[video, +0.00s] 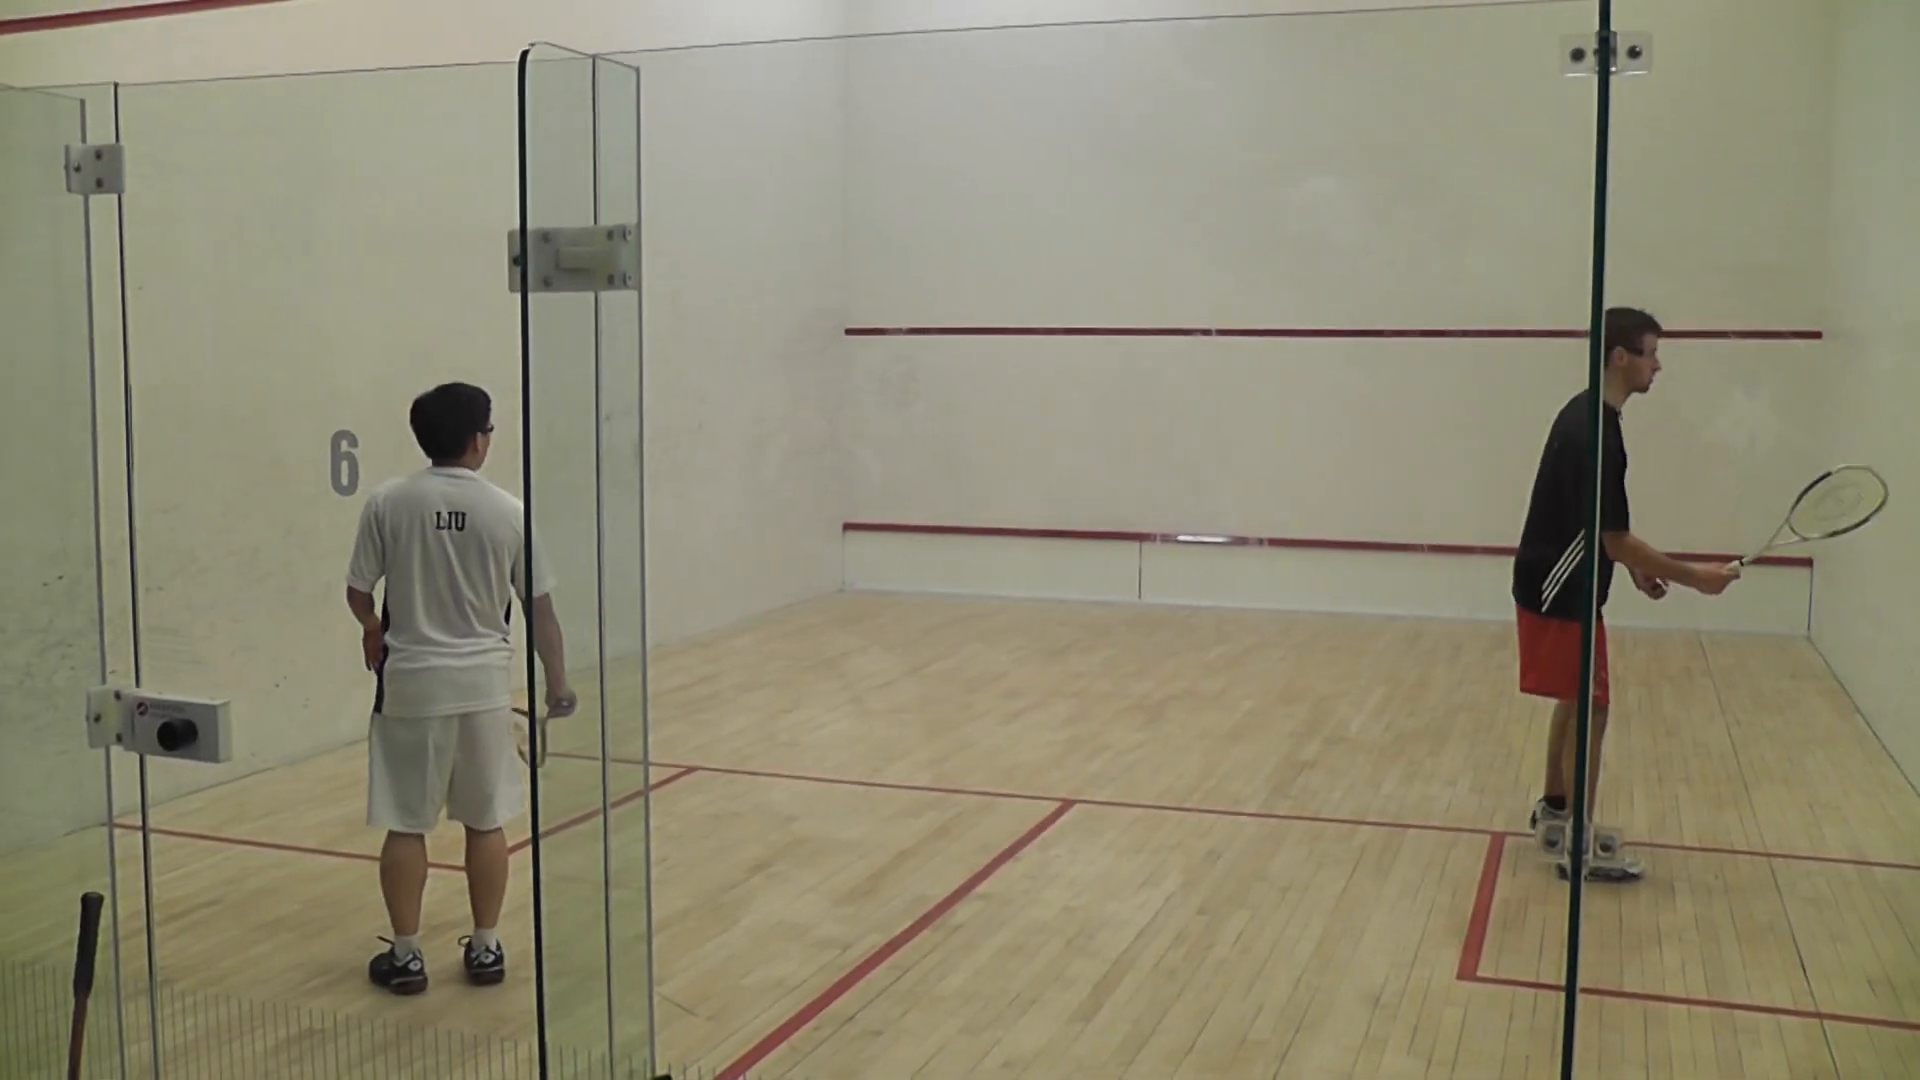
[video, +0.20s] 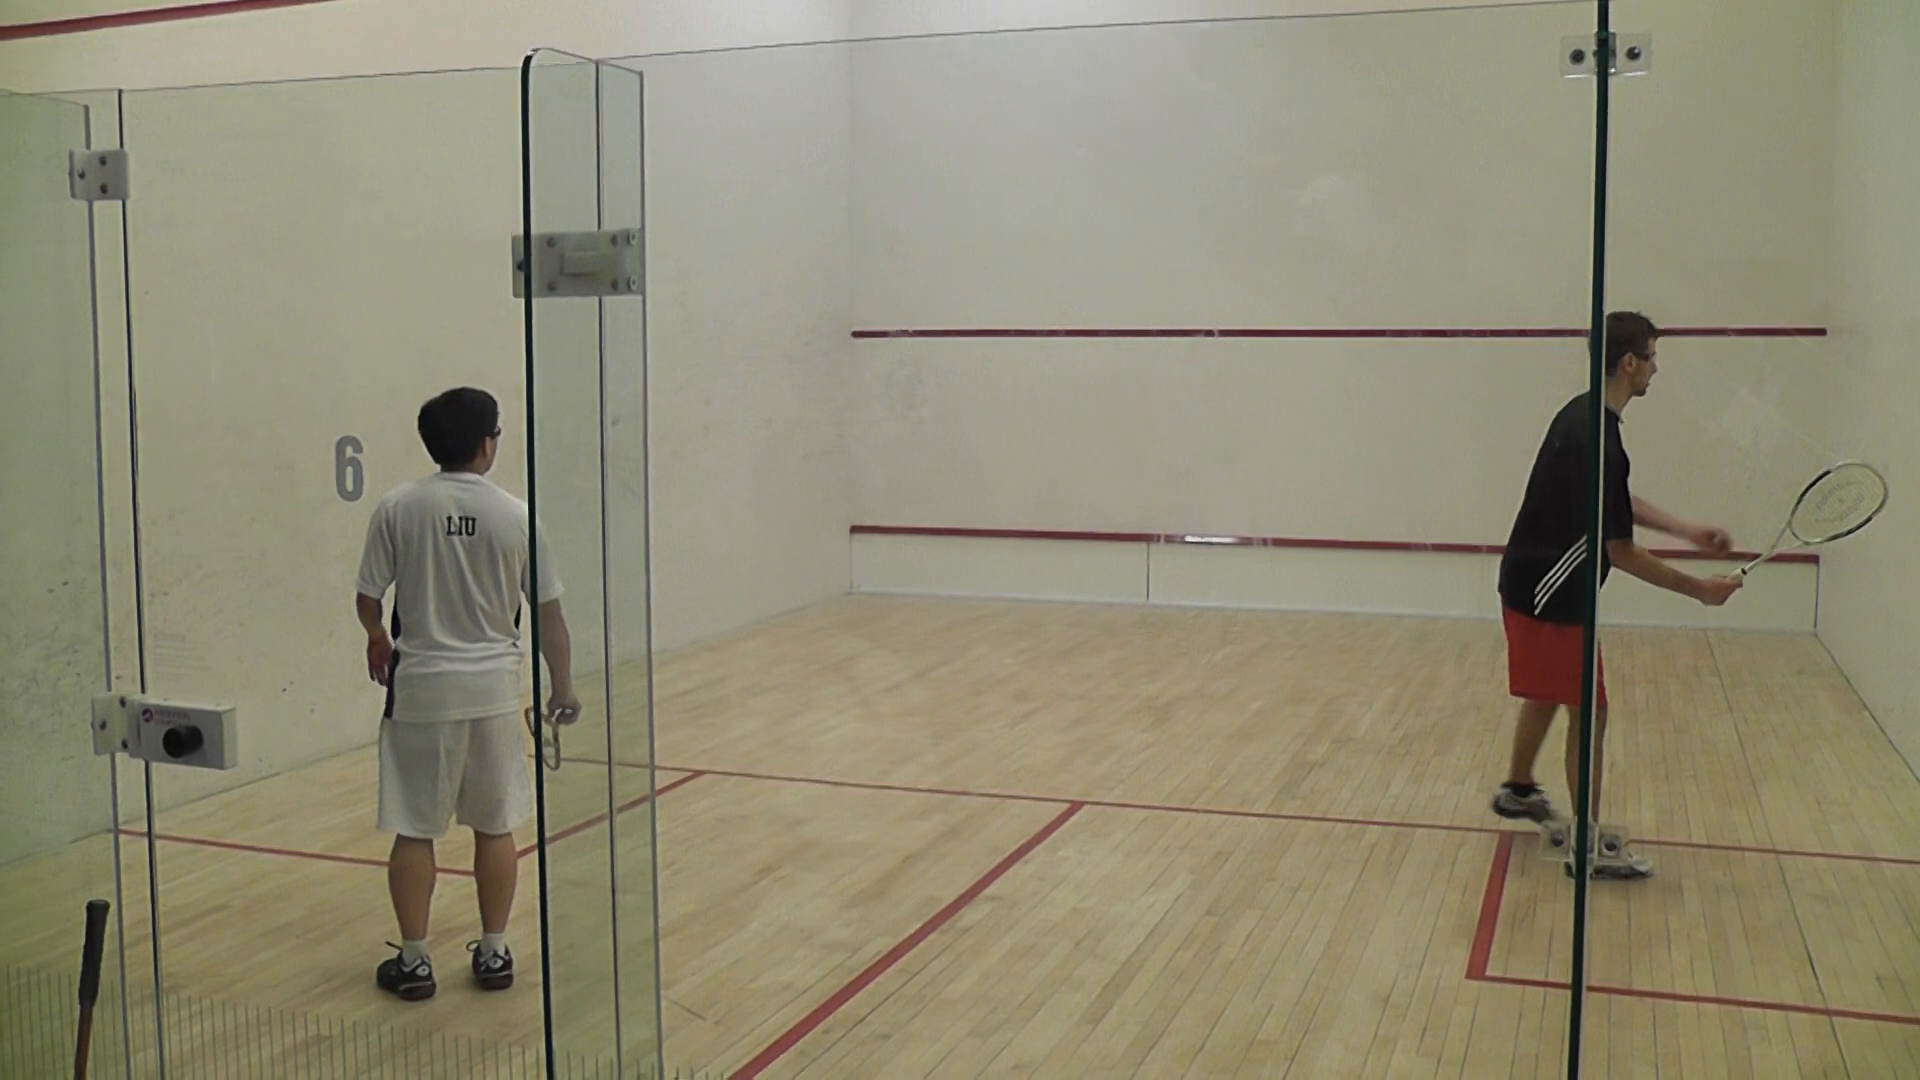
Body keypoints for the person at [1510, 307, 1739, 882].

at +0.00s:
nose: (1658, 365)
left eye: (1657, 354)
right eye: (1651, 355)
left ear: (1617, 358)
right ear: (1620, 357)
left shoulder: (1587, 414)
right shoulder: (1596, 429)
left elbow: (1599, 517)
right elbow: (1613, 537)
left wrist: (1638, 564)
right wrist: (1694, 575)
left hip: (1553, 588)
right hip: (1566, 597)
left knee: (1574, 698)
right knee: (1592, 708)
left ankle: (1556, 812)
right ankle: (1579, 844)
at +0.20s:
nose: (1655, 368)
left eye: (1653, 358)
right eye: (1651, 359)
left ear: (1615, 362)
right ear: (1629, 363)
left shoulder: (1583, 415)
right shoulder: (1598, 439)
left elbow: (1620, 502)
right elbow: (1617, 550)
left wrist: (1689, 532)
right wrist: (1697, 588)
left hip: (1531, 585)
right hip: (1555, 598)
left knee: (1544, 690)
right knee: (1591, 708)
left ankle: (1517, 788)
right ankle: (1585, 842)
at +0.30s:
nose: (1641, 363)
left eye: (1639, 352)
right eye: (1637, 353)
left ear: (1599, 359)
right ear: (1616, 360)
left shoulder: (1580, 411)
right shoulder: (1584, 430)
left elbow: (1635, 480)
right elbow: (1608, 552)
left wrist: (1716, 472)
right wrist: (1686, 580)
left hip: (1527, 585)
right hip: (1554, 598)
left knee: (1529, 690)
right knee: (1587, 709)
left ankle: (1456, 780)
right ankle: (1589, 842)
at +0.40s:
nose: (1610, 355)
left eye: (1607, 345)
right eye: (1604, 347)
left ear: (1561, 359)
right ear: (1583, 359)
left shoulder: (1559, 410)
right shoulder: (1558, 437)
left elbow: (1617, 456)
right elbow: (1575, 544)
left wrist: (1688, 434)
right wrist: (1658, 542)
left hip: (1510, 584)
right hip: (1541, 597)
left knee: (1497, 696)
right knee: (1577, 707)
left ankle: (1395, 778)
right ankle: (1581, 838)